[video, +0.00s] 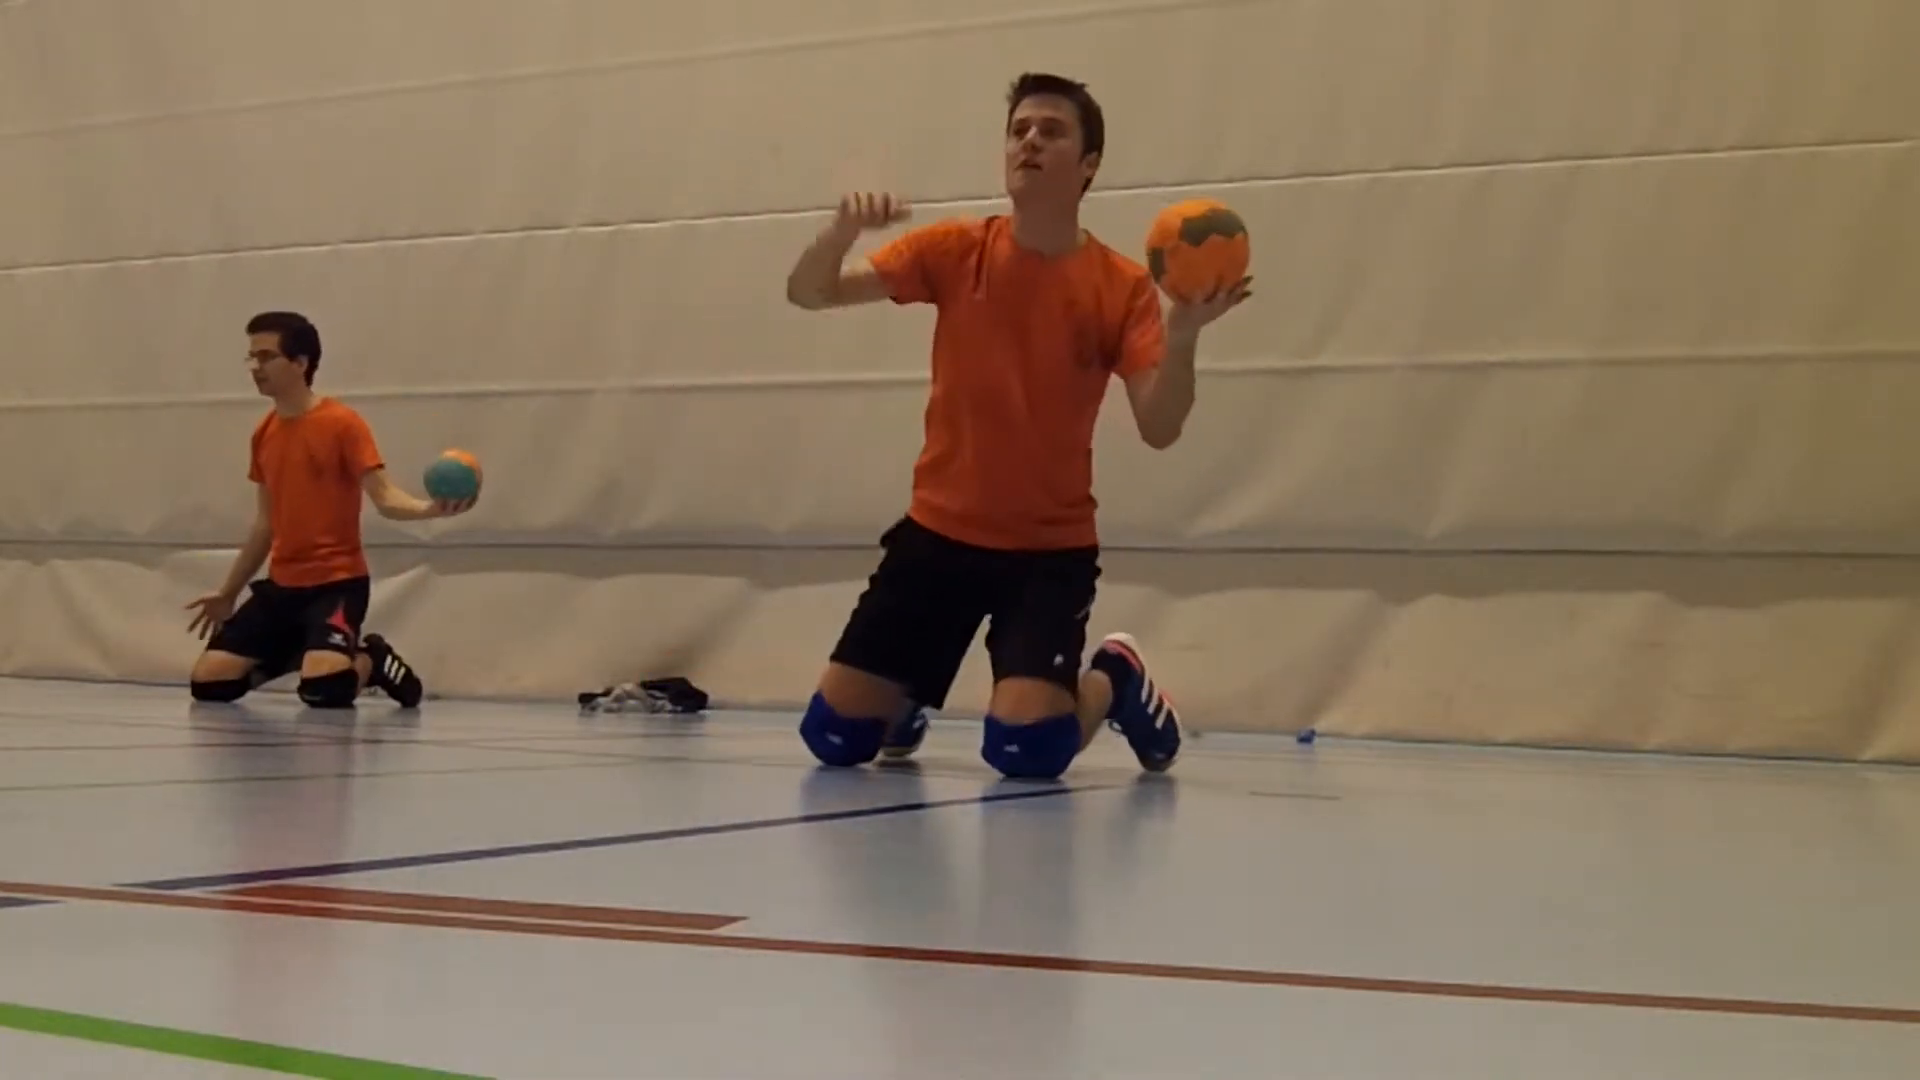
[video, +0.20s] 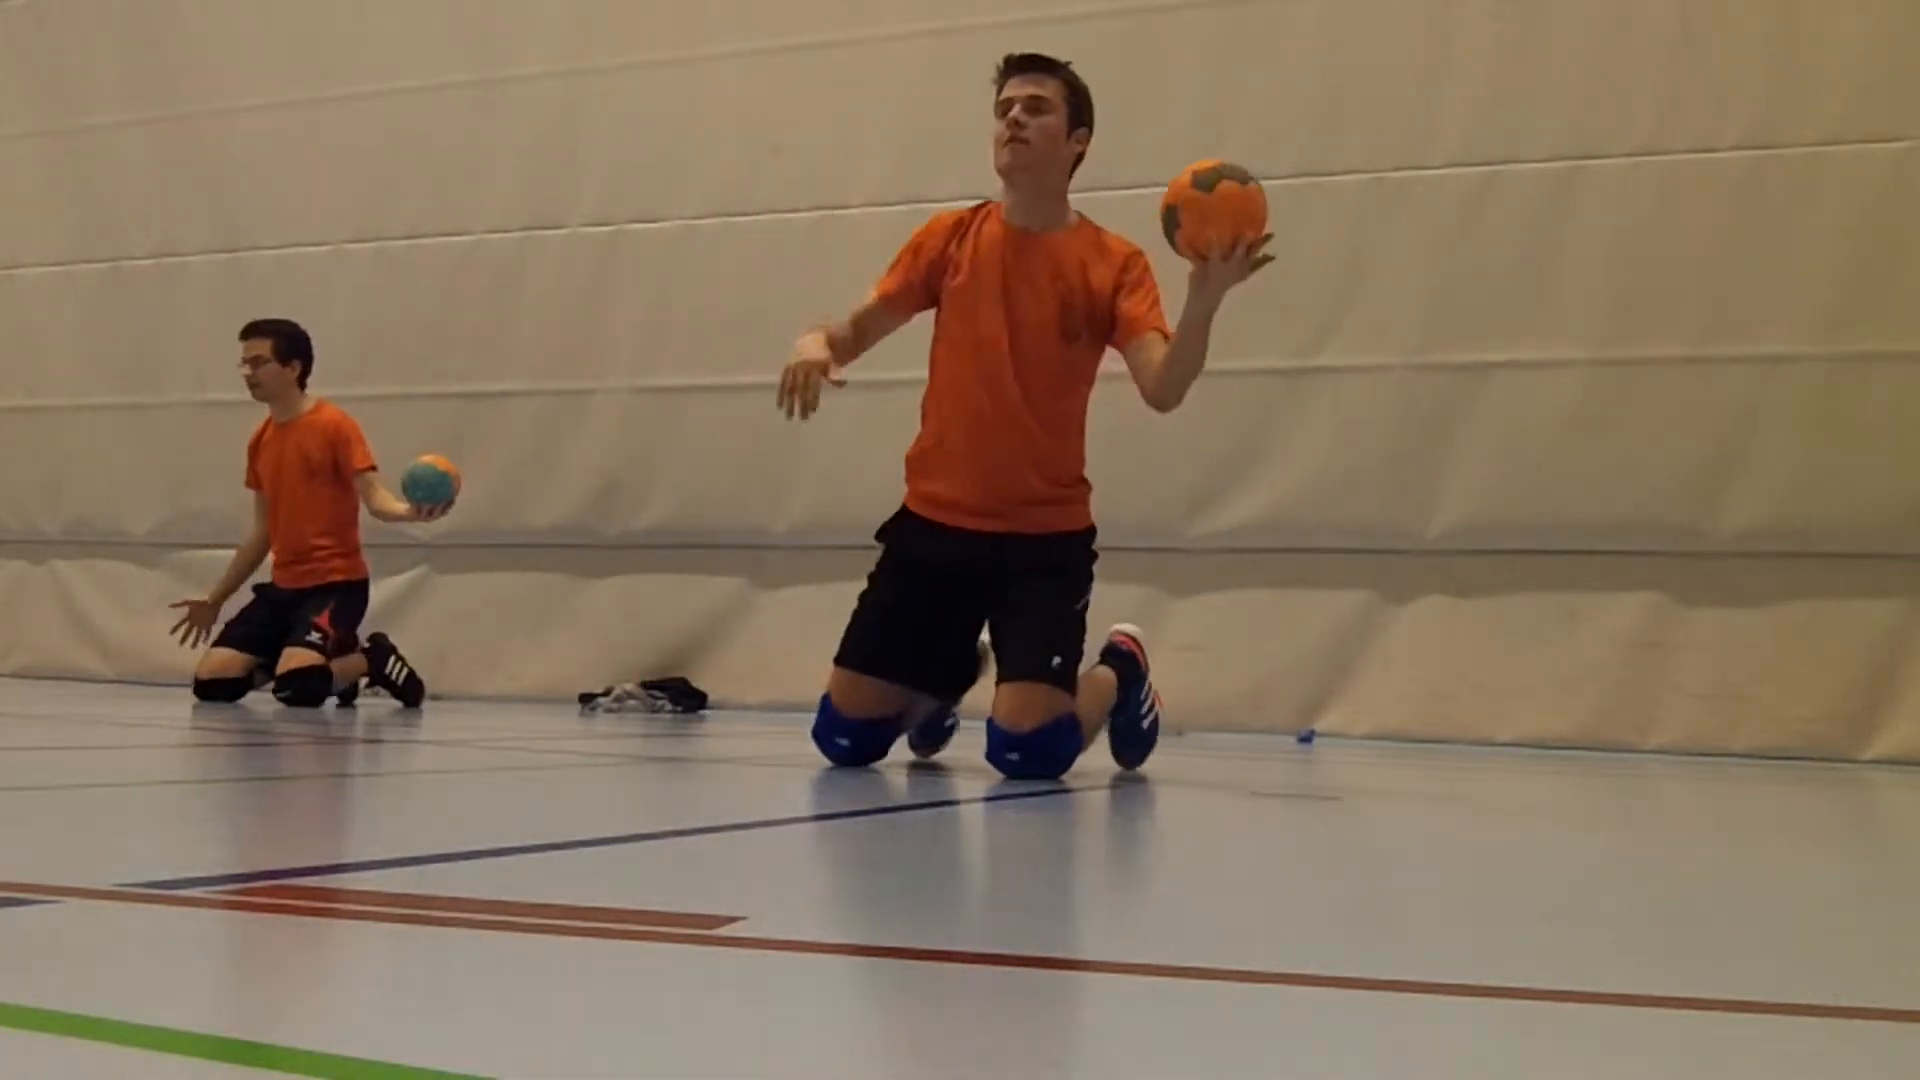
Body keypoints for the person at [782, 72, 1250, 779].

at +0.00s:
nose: (1027, 141)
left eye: (1051, 131)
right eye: (1017, 131)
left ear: (1088, 167)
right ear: (1002, 155)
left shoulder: (1122, 289)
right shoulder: (957, 251)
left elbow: (1159, 429)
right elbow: (809, 290)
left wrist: (1183, 335)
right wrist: (840, 233)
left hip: (1050, 547)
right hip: (939, 532)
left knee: (1022, 753)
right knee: (834, 736)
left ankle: (1116, 681)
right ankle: (905, 707)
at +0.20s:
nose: (1015, 120)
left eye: (1037, 109)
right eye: (1004, 111)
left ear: (1077, 143)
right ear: (990, 138)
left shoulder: (1113, 263)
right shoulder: (950, 239)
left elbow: (1162, 388)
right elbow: (853, 333)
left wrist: (1204, 301)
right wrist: (814, 346)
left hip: (1046, 532)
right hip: (934, 522)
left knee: (1025, 756)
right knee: (843, 739)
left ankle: (1122, 671)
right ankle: (944, 681)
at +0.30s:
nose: (997, 123)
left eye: (1019, 110)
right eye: (987, 114)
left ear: (1061, 143)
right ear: (976, 143)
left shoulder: (1099, 260)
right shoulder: (942, 242)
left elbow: (1145, 374)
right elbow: (856, 350)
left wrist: (1190, 288)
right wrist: (802, 358)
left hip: (1039, 533)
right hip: (929, 525)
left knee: (1025, 757)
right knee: (837, 740)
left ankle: (1107, 669)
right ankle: (962, 677)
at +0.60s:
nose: (970, 163)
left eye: (992, 152)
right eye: (961, 153)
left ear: (1033, 181)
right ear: (948, 177)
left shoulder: (1064, 292)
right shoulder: (919, 278)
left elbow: (1079, 427)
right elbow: (830, 383)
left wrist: (1103, 349)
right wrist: (765, 392)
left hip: (1036, 562)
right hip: (929, 554)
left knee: (1013, 751)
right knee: (830, 740)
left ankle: (1105, 669)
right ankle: (952, 677)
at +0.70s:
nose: (971, 194)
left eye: (993, 181)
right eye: (962, 182)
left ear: (1034, 209)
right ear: (951, 203)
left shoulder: (1067, 320)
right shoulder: (920, 304)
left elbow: (1067, 465)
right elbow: (831, 401)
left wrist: (1077, 376)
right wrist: (757, 421)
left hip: (1041, 580)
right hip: (936, 574)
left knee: (1008, 750)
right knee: (834, 738)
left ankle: (1105, 677)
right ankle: (949, 685)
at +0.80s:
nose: (977, 225)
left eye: (999, 211)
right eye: (968, 213)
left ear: (1040, 238)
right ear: (956, 232)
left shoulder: (1069, 345)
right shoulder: (926, 330)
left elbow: (1063, 492)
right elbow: (837, 422)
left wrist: (1062, 414)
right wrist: (764, 447)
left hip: (1048, 591)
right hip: (943, 587)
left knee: (1018, 750)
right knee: (824, 737)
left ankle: (1114, 681)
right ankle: (940, 691)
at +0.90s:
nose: (981, 238)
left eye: (1003, 225)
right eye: (972, 226)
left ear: (1044, 251)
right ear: (960, 245)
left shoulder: (1073, 351)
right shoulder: (931, 341)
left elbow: (1064, 503)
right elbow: (847, 436)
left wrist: (1056, 424)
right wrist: (778, 465)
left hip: (1050, 600)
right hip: (946, 597)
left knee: (1019, 749)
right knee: (808, 733)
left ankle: (1116, 681)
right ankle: (939, 689)